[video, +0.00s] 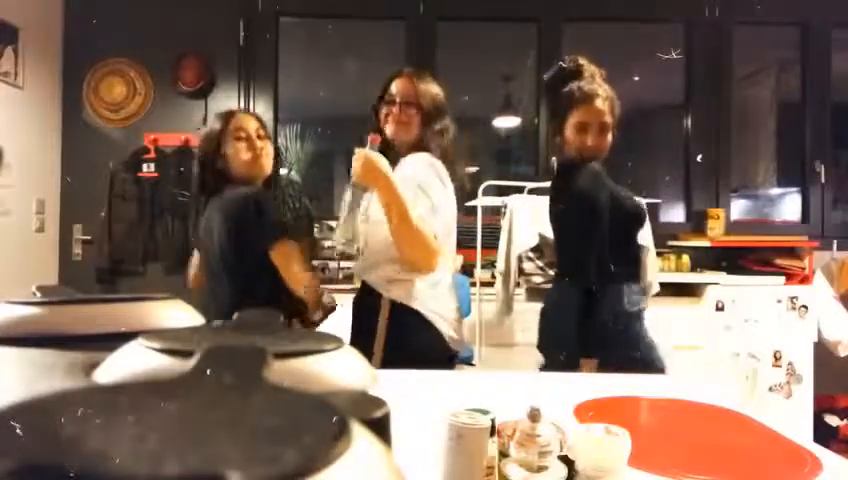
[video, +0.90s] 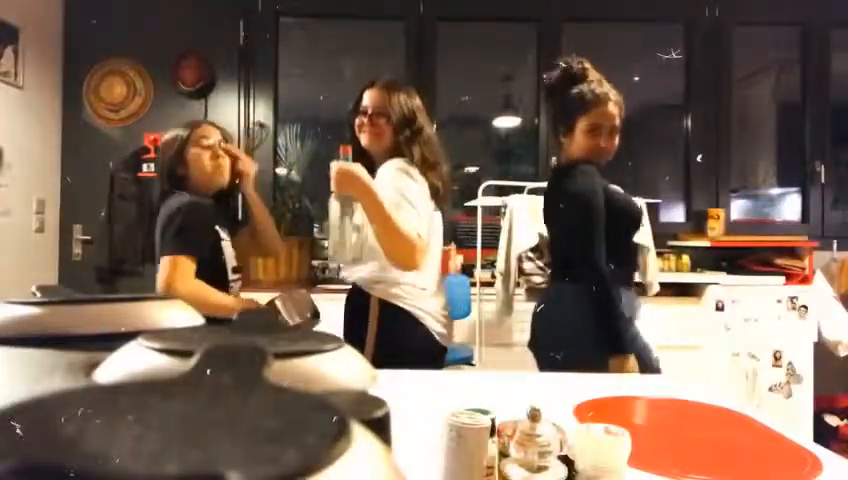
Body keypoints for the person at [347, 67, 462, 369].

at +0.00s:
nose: (395, 112)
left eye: (408, 105)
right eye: (389, 102)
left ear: (430, 117)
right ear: (379, 110)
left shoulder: (420, 168)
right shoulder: (402, 168)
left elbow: (423, 257)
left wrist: (383, 182)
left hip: (403, 313)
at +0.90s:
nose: (365, 121)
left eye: (378, 115)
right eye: (361, 113)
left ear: (404, 124)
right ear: (355, 117)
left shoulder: (395, 173)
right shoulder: (410, 175)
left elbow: (409, 256)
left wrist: (363, 191)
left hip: (389, 316)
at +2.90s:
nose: (396, 124)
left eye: (409, 118)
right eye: (392, 116)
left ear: (431, 129)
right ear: (385, 122)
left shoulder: (426, 170)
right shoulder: (412, 172)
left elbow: (439, 250)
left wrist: (372, 224)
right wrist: (370, 228)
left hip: (424, 311)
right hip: (410, 308)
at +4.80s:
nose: (404, 118)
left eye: (416, 112)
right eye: (399, 109)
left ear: (438, 123)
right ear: (392, 117)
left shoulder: (436, 184)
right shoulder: (405, 182)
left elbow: (461, 272)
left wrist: (386, 252)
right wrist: (362, 231)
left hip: (419, 316)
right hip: (392, 310)